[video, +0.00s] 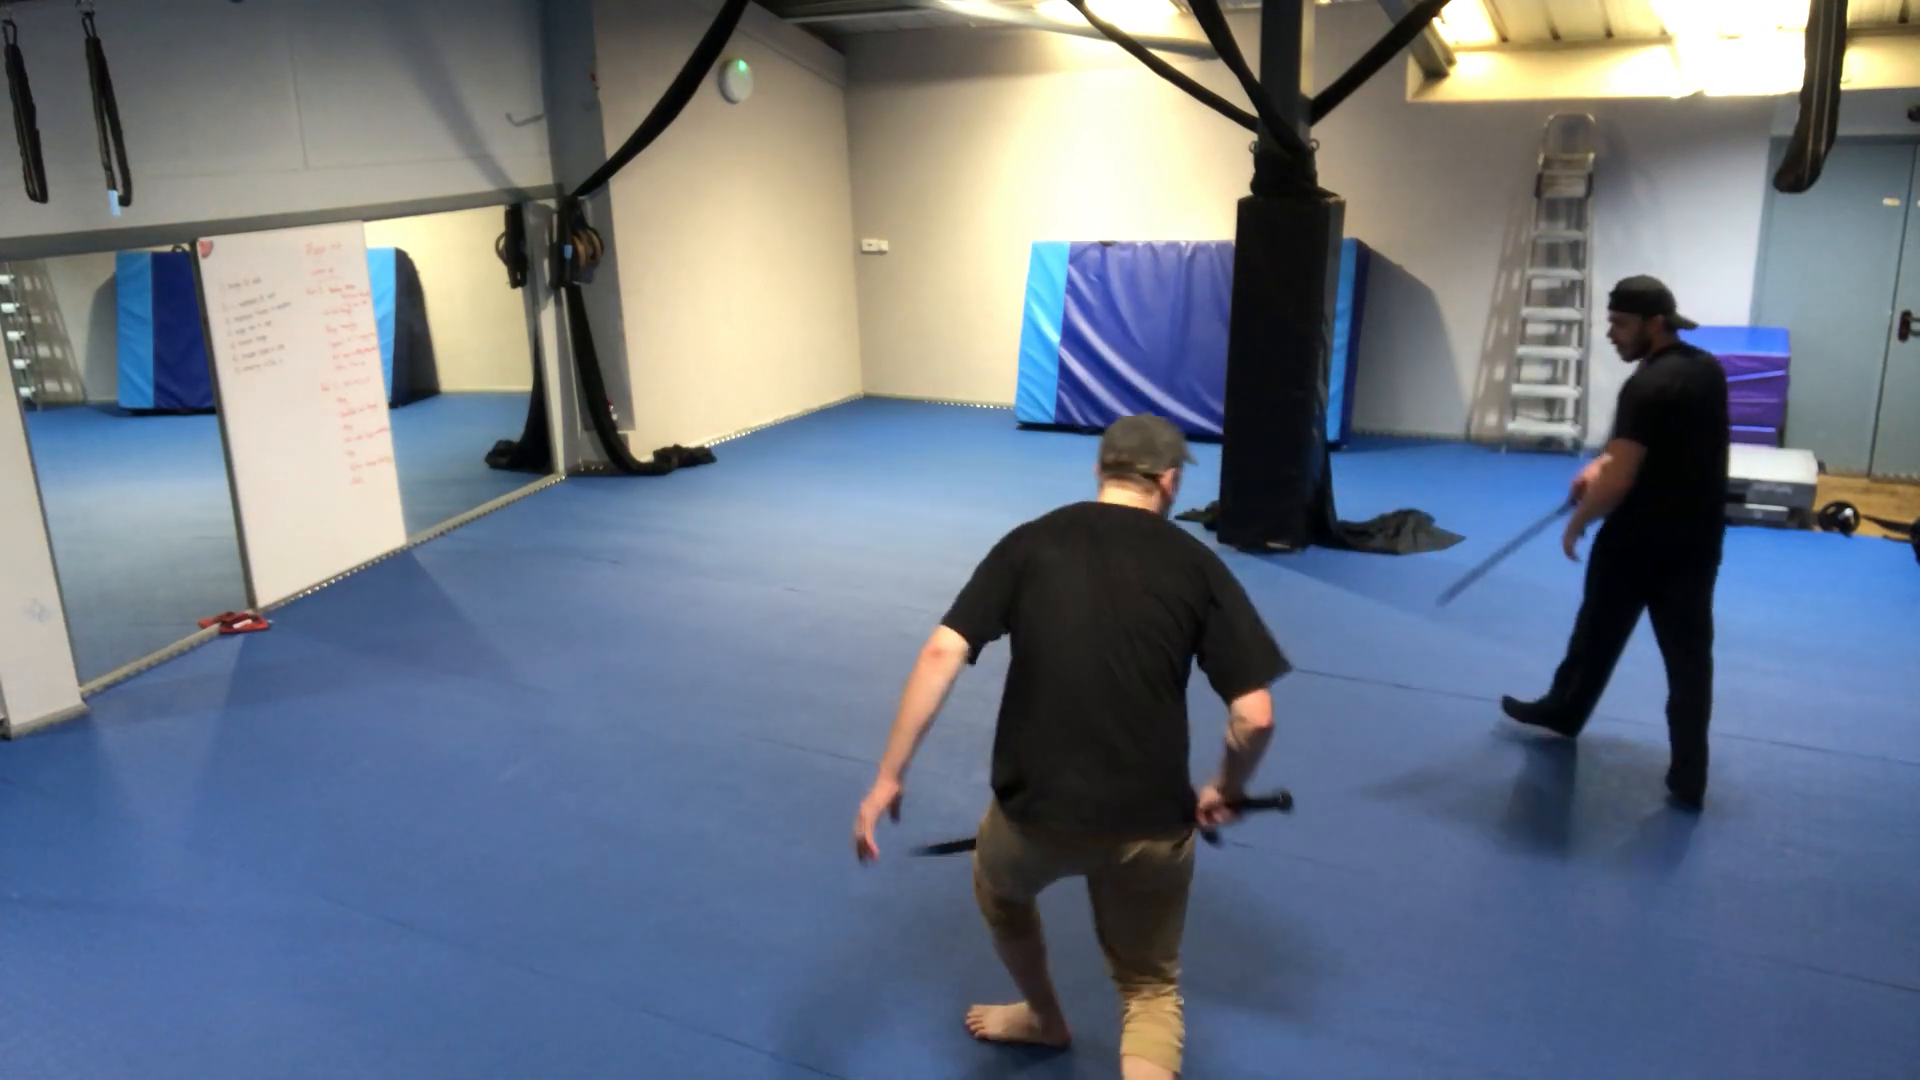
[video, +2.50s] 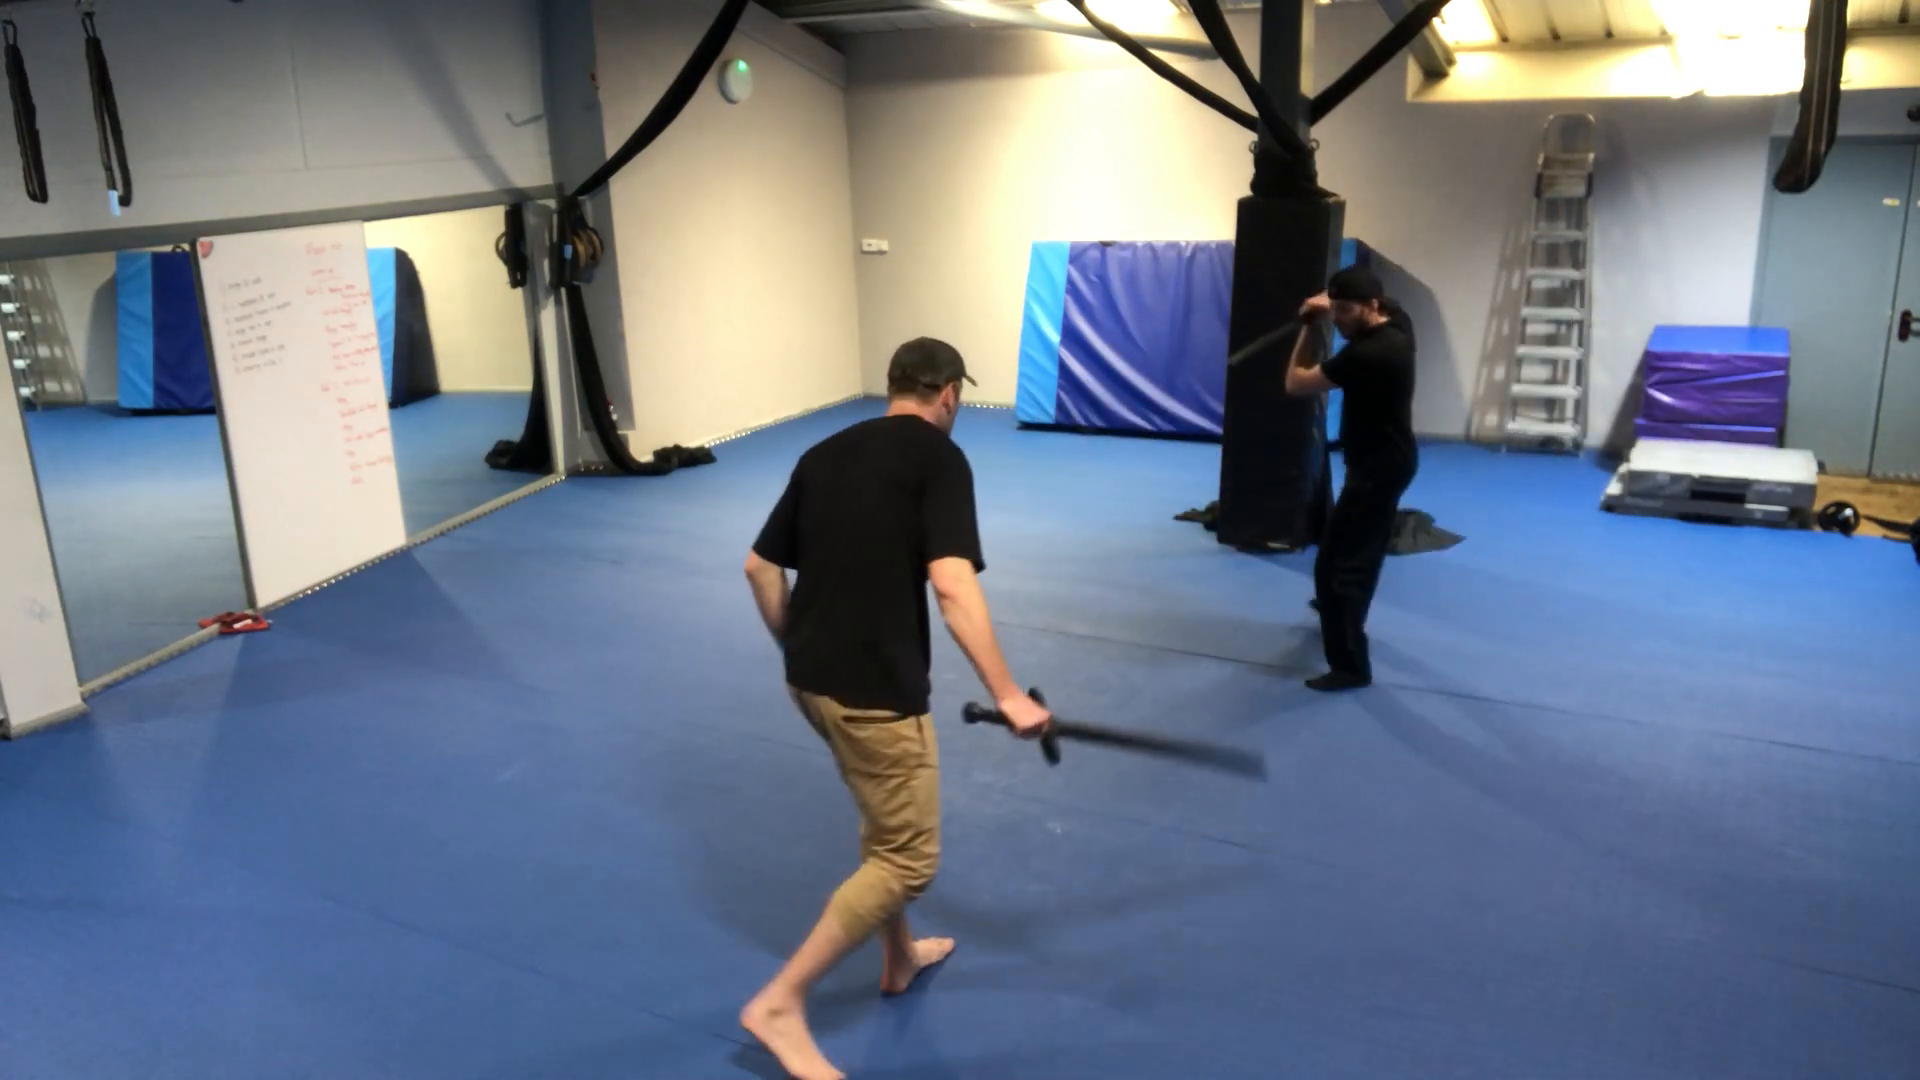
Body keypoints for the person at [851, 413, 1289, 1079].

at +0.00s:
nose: (1178, 488)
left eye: (1178, 480)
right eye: (1179, 480)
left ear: (1098, 474)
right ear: (1168, 482)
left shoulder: (1032, 542)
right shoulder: (1197, 566)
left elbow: (943, 650)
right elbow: (1254, 717)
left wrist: (889, 774)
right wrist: (1226, 790)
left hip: (1037, 811)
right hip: (1150, 822)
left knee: (1001, 892)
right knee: (1150, 982)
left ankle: (1042, 1014)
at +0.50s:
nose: (1186, 478)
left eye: (1189, 466)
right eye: (1188, 465)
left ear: (1107, 453)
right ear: (1170, 467)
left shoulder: (1021, 514)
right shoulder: (1133, 556)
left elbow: (930, 613)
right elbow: (1112, 714)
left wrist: (989, 687)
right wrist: (1214, 812)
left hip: (957, 772)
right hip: (1052, 801)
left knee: (1002, 867)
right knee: (1135, 985)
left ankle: (966, 1028)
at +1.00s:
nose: (1046, 451)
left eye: (1046, 437)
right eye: (1048, 438)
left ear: (975, 428)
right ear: (1031, 438)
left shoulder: (903, 493)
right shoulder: (1006, 518)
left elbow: (816, 587)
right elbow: (1004, 671)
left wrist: (841, 680)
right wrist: (1087, 729)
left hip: (870, 737)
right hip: (940, 757)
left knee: (961, 880)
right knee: (1005, 936)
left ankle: (956, 1033)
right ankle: (897, 1071)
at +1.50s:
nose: (945, 459)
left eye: (945, 445)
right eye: (945, 445)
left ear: (877, 436)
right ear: (925, 447)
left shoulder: (806, 490)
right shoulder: (867, 526)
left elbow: (735, 581)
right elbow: (896, 680)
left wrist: (771, 669)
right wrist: (987, 709)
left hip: (832, 736)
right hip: (788, 756)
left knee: (912, 850)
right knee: (824, 919)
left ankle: (950, 1022)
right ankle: (731, 1033)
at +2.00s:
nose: (923, 435)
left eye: (925, 422)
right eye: (925, 421)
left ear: (854, 407)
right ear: (906, 418)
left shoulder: (790, 464)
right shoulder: (845, 493)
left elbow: (718, 554)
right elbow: (792, 626)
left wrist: (755, 644)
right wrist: (851, 758)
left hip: (772, 706)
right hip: (781, 732)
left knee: (873, 796)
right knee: (812, 898)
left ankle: (893, 951)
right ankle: (731, 1033)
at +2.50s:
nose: (960, 410)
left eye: (959, 399)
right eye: (960, 399)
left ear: (890, 390)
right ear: (948, 395)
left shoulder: (826, 454)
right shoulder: (938, 458)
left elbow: (763, 565)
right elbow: (952, 584)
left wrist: (798, 644)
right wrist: (1010, 696)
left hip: (813, 679)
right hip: (878, 690)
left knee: (886, 824)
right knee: (907, 856)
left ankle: (900, 956)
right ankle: (777, 1001)